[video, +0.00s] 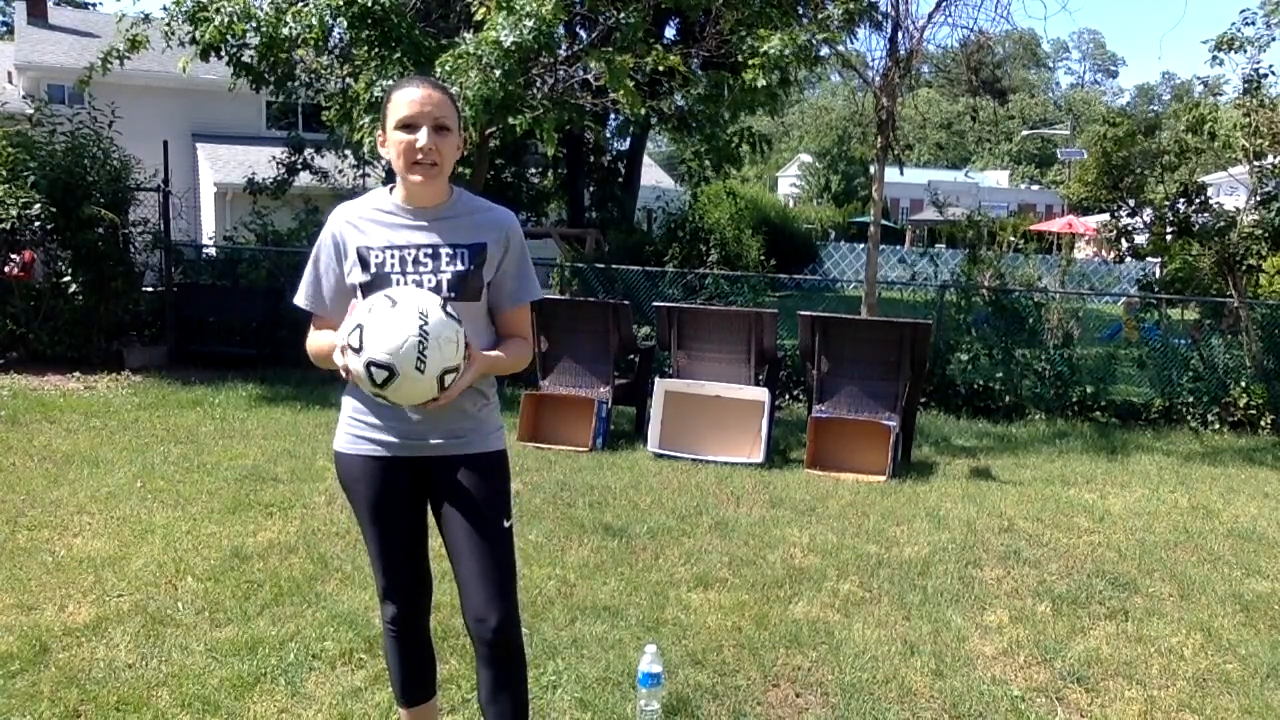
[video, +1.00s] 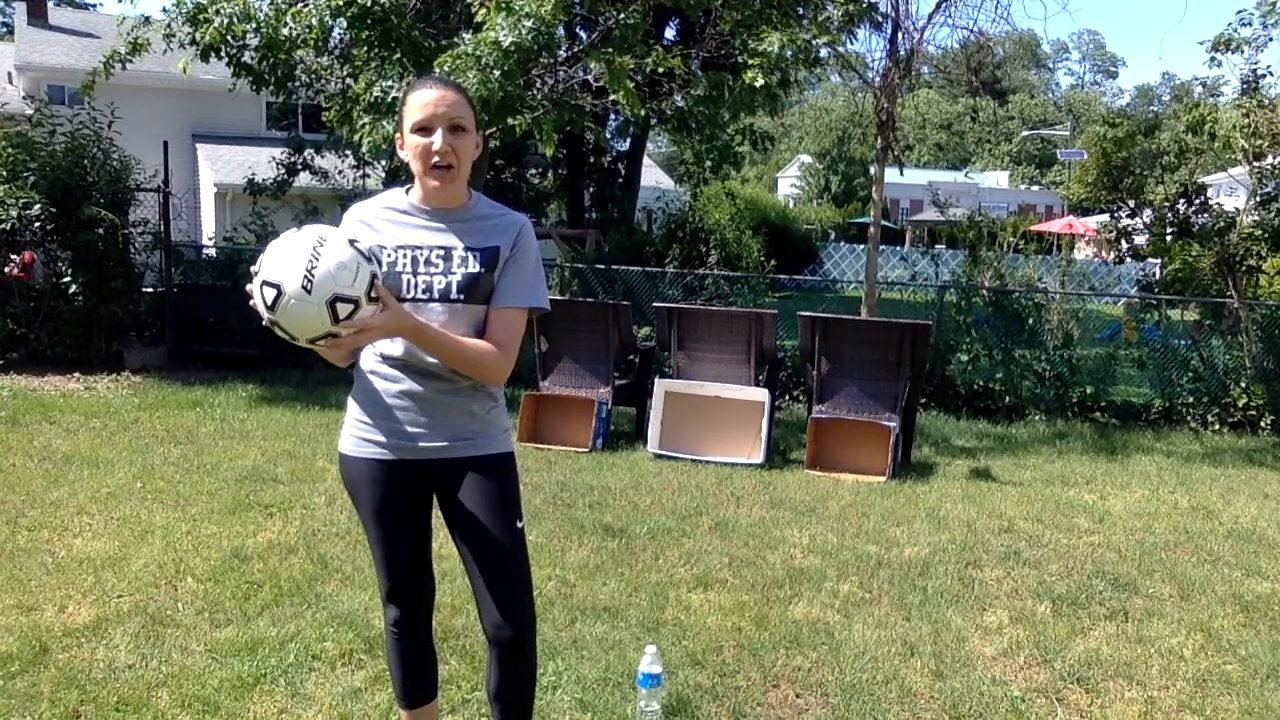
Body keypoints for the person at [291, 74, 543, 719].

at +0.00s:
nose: (424, 140)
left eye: (440, 128)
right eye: (408, 127)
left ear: (460, 143)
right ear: (384, 143)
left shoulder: (496, 227)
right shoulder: (348, 224)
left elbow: (521, 345)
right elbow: (317, 340)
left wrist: (486, 360)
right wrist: (339, 347)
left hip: (469, 445)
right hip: (373, 445)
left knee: (495, 621)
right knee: (401, 608)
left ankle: (508, 719)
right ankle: (420, 715)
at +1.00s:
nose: (441, 143)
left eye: (456, 128)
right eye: (424, 130)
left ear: (477, 142)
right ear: (401, 144)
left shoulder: (510, 231)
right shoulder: (363, 221)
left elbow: (497, 365)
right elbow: (342, 352)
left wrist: (402, 324)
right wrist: (290, 307)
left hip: (474, 442)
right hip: (380, 440)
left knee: (511, 624)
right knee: (405, 610)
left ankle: (511, 718)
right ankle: (420, 714)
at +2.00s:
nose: (399, 140)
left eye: (417, 128)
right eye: (385, 126)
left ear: (439, 144)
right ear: (361, 141)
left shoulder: (482, 226)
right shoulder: (335, 228)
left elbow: (524, 337)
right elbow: (308, 357)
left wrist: (511, 368)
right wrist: (370, 338)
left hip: (468, 441)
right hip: (373, 444)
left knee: (493, 622)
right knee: (400, 610)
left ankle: (505, 719)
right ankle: (419, 714)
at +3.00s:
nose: (401, 144)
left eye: (416, 130)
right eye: (384, 130)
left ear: (438, 142)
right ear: (361, 145)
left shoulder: (482, 223)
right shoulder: (335, 229)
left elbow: (528, 340)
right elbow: (299, 356)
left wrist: (506, 344)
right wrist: (356, 333)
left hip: (472, 439)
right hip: (377, 440)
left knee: (497, 618)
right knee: (402, 610)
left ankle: (506, 718)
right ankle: (419, 715)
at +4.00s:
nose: (417, 150)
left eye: (431, 136)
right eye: (401, 137)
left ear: (452, 146)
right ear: (377, 151)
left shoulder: (490, 230)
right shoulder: (346, 227)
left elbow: (538, 357)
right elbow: (299, 353)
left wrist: (515, 328)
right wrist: (346, 318)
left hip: (469, 437)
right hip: (375, 438)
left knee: (491, 619)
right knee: (400, 608)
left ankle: (503, 718)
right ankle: (420, 716)